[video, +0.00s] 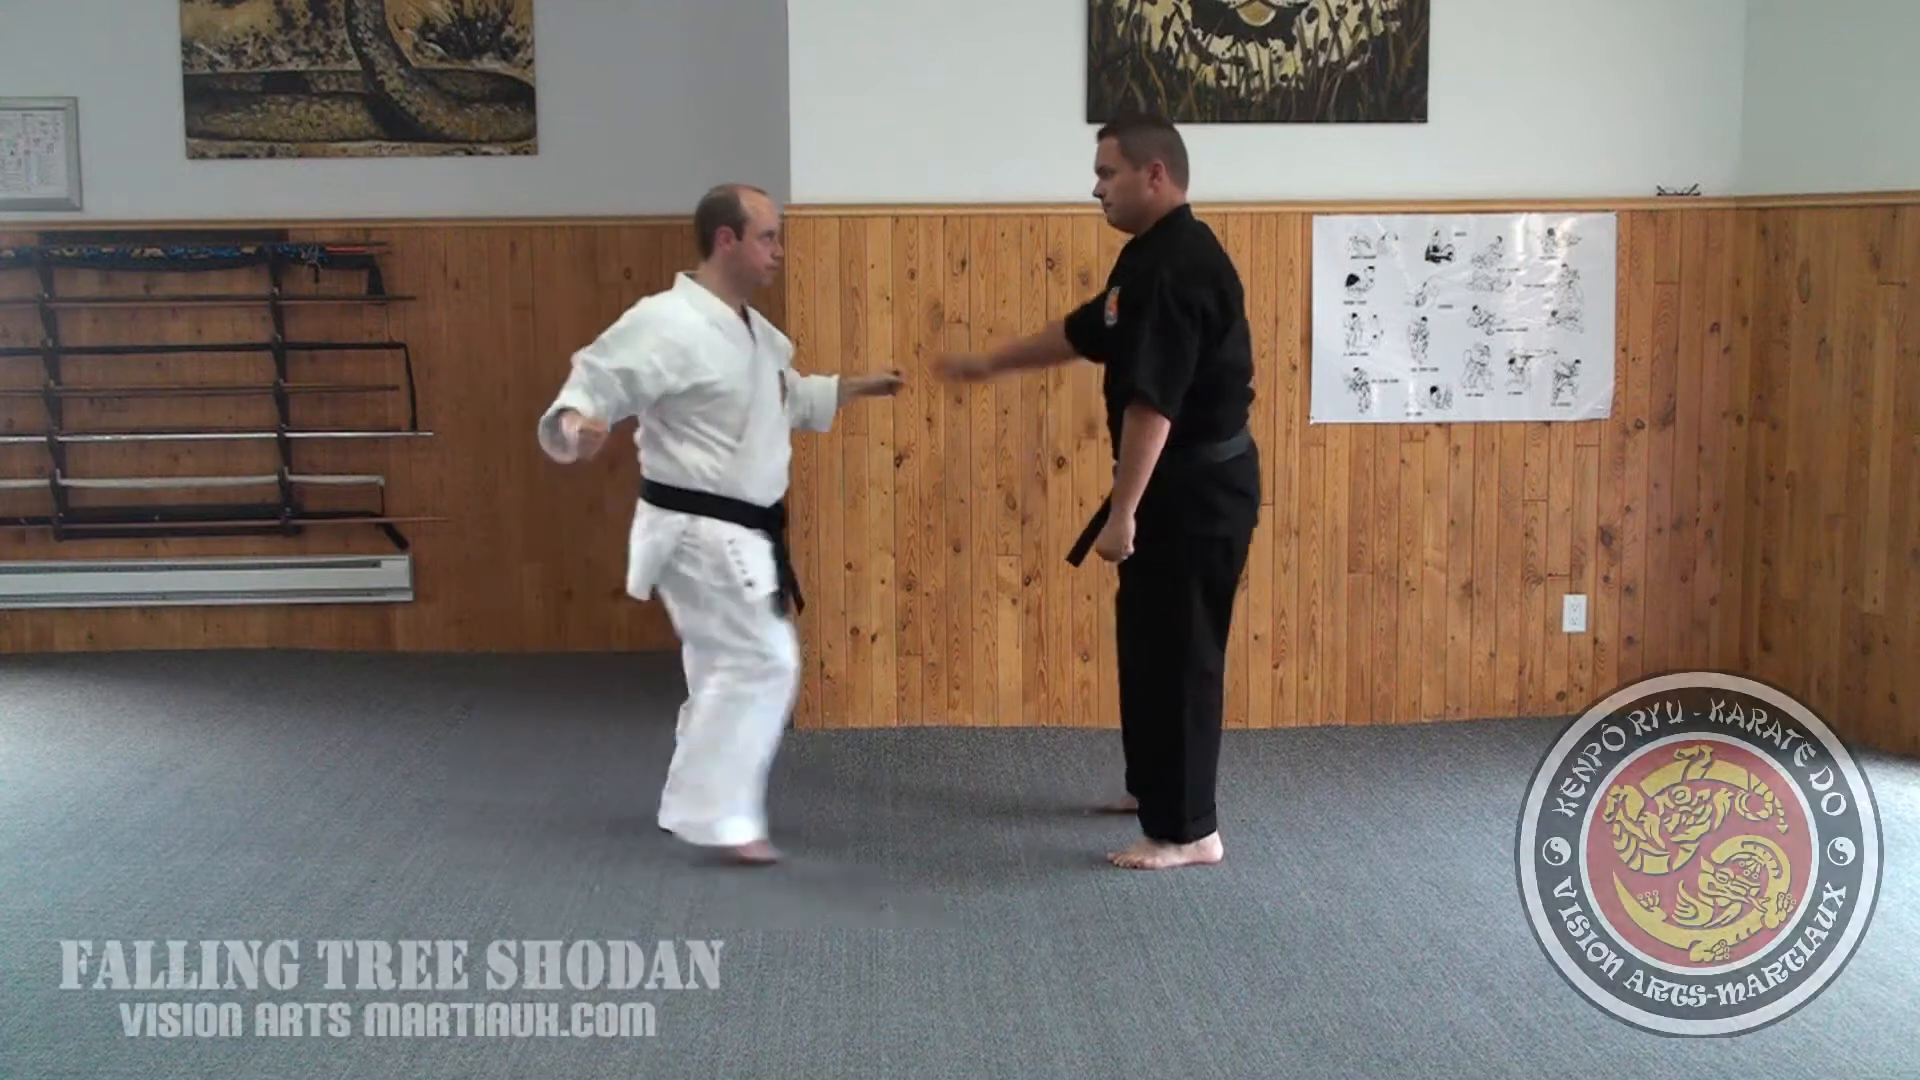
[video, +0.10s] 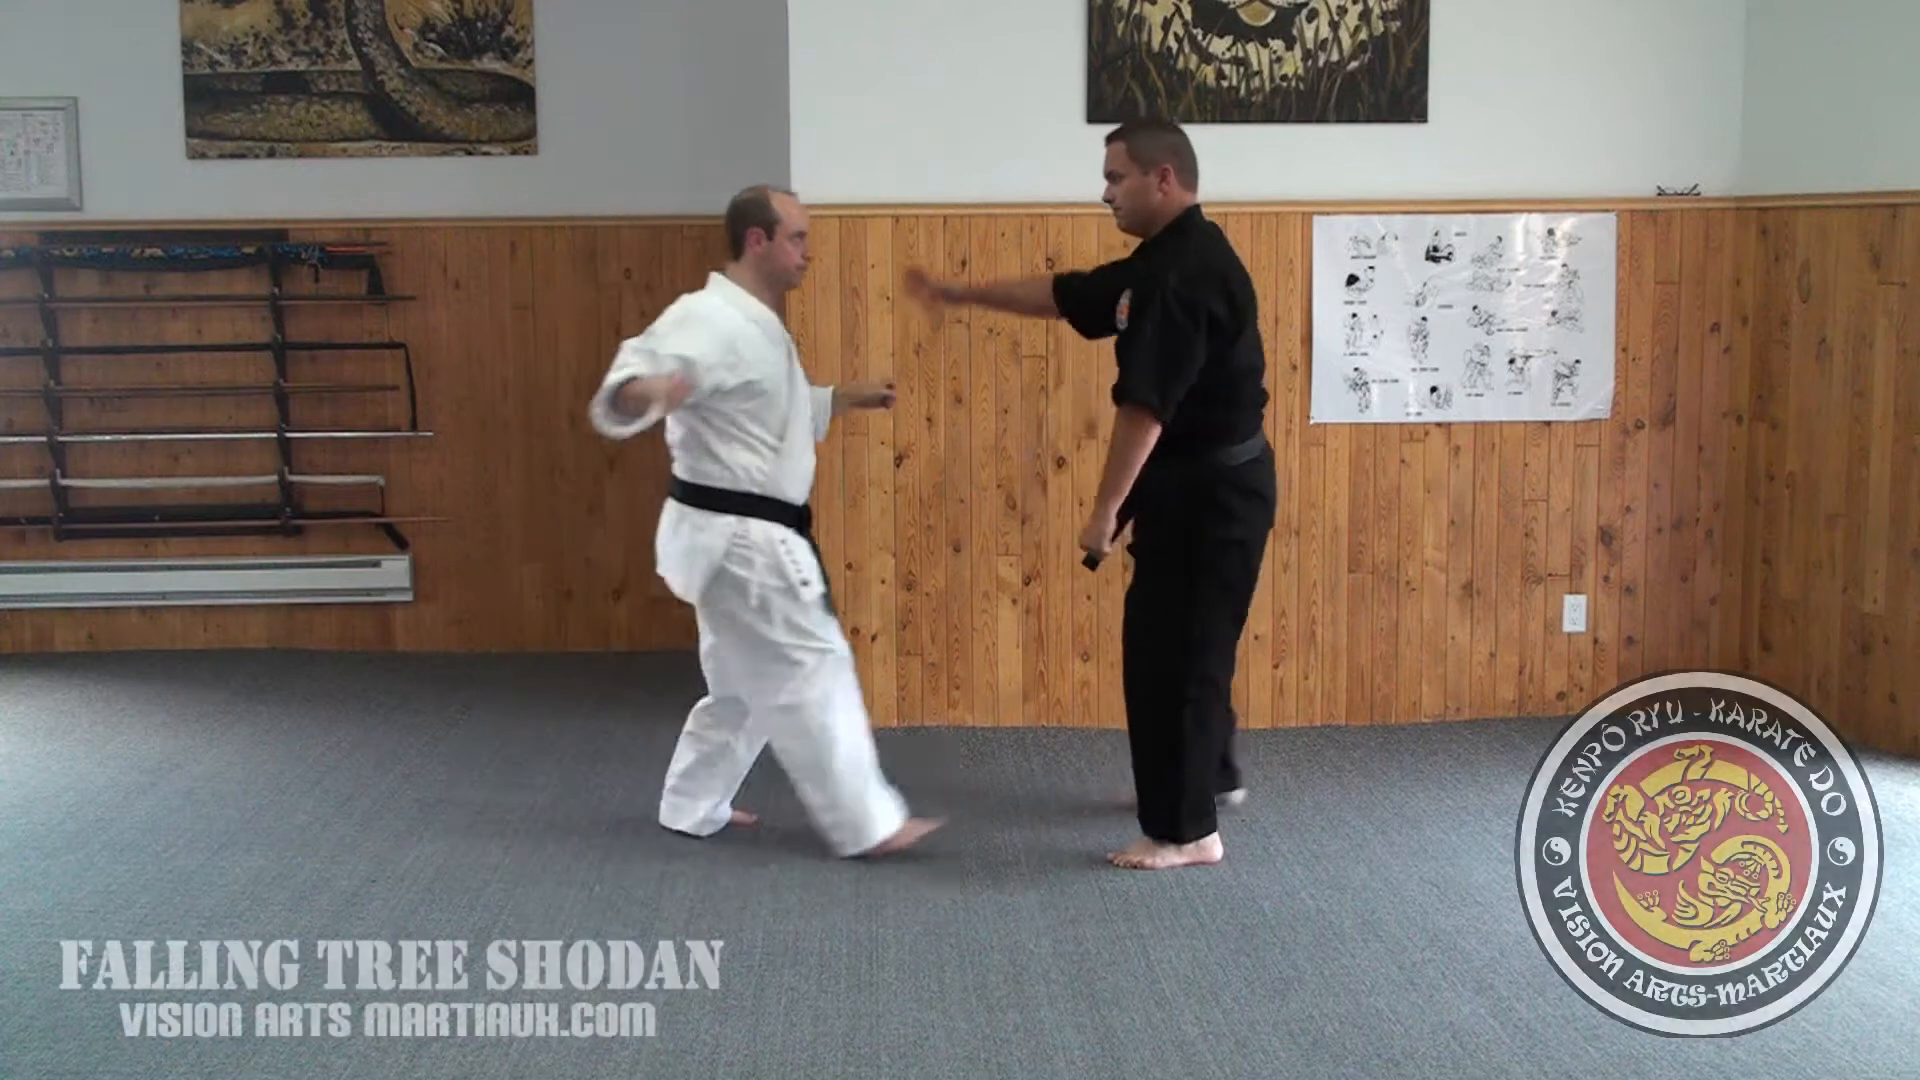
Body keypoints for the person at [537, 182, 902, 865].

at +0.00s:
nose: (779, 252)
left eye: (779, 239)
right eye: (768, 238)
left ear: (742, 243)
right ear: (725, 240)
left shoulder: (758, 334)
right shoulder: (665, 322)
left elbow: (788, 399)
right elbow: (585, 394)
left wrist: (856, 388)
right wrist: (572, 432)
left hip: (744, 527)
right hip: (697, 528)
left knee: (721, 672)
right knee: (766, 662)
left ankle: (695, 804)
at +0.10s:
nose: (807, 253)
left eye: (807, 240)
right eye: (796, 239)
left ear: (763, 243)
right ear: (756, 241)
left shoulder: (762, 324)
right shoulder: (707, 315)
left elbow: (778, 408)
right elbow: (623, 383)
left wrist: (850, 398)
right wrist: (651, 391)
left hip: (756, 528)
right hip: (733, 531)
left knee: (742, 679)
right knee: (816, 664)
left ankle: (693, 802)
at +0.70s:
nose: (939, 253)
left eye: (938, 239)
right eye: (932, 239)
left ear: (875, 245)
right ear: (896, 242)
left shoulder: (794, 310)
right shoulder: (932, 305)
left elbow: (740, 417)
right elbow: (1029, 273)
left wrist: (802, 447)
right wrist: (1108, 218)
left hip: (790, 526)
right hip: (876, 533)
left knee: (769, 676)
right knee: (940, 675)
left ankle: (725, 813)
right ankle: (961, 834)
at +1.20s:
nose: (919, 252)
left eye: (918, 238)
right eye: (911, 239)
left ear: (847, 244)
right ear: (875, 241)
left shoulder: (780, 315)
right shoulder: (915, 305)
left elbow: (733, 423)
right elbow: (1009, 276)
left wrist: (793, 453)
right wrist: (1089, 226)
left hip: (787, 530)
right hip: (873, 535)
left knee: (774, 676)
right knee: (939, 672)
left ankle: (722, 813)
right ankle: (962, 834)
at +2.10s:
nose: (877, 247)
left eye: (871, 234)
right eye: (866, 236)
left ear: (816, 253)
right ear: (835, 248)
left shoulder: (764, 338)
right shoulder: (868, 328)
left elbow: (731, 441)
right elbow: (891, 443)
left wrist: (789, 487)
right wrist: (928, 537)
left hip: (795, 540)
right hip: (873, 540)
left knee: (784, 678)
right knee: (956, 667)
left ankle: (721, 809)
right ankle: (965, 830)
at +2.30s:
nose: (858, 246)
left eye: (850, 235)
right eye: (847, 237)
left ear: (797, 262)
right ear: (820, 254)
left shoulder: (760, 348)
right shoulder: (867, 332)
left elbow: (735, 456)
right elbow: (897, 449)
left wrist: (793, 492)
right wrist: (935, 539)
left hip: (801, 547)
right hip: (880, 543)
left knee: (787, 680)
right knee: (966, 667)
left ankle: (723, 807)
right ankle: (966, 830)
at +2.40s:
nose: (848, 241)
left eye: (839, 230)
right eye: (836, 234)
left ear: (792, 267)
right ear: (813, 257)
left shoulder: (758, 352)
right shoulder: (867, 333)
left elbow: (737, 463)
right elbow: (899, 448)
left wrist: (798, 490)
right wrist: (937, 538)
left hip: (803, 548)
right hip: (883, 544)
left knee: (788, 679)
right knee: (969, 666)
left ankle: (723, 807)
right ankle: (966, 830)